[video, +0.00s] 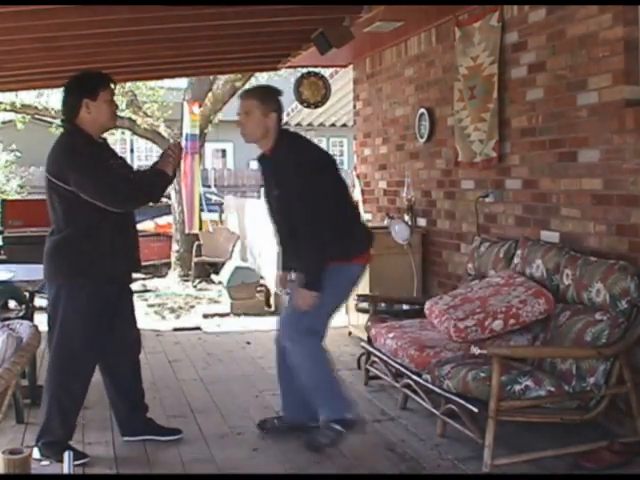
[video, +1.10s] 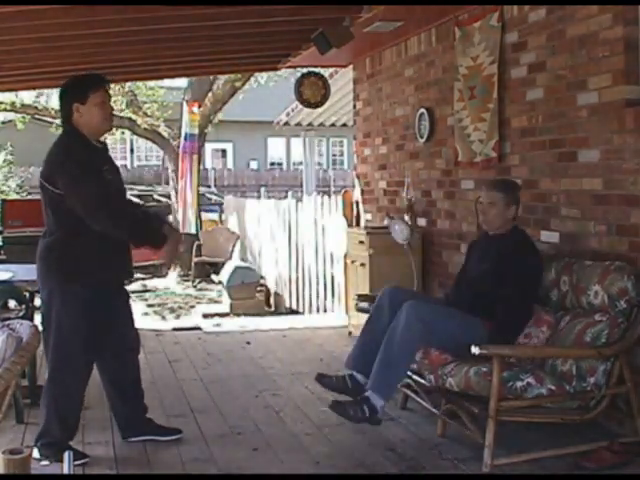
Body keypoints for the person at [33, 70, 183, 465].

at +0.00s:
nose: (117, 107)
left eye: (115, 99)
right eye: (110, 100)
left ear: (91, 106)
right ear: (86, 106)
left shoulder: (98, 148)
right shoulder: (70, 151)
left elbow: (135, 189)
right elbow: (120, 196)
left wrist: (163, 169)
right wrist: (161, 171)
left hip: (108, 273)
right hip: (77, 275)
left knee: (122, 351)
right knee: (70, 361)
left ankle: (134, 423)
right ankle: (51, 444)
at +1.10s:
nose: (112, 110)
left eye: (110, 102)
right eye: (103, 103)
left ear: (86, 110)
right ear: (76, 110)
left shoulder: (97, 153)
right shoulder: (67, 156)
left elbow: (118, 207)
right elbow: (102, 215)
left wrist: (160, 223)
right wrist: (159, 232)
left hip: (103, 274)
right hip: (70, 277)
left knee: (120, 351)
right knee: (69, 361)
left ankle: (134, 424)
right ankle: (51, 444)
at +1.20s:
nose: (108, 110)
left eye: (106, 102)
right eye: (100, 103)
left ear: (81, 110)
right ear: (73, 110)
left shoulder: (94, 154)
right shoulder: (62, 158)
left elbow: (116, 212)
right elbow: (93, 222)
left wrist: (153, 241)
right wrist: (141, 257)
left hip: (102, 273)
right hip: (69, 277)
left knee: (121, 350)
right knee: (69, 362)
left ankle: (134, 424)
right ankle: (52, 444)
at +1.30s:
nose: (106, 110)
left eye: (104, 102)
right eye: (98, 103)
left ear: (78, 111)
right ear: (72, 110)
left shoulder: (92, 154)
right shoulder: (60, 157)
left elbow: (109, 211)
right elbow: (81, 223)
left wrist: (137, 242)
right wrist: (122, 269)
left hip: (100, 271)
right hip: (68, 277)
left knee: (120, 350)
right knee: (71, 363)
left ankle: (134, 423)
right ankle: (52, 445)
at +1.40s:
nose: (104, 113)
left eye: (102, 105)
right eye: (96, 105)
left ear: (76, 111)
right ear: (71, 111)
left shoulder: (90, 155)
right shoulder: (57, 159)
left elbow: (104, 213)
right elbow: (77, 227)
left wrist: (131, 241)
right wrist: (115, 273)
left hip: (100, 273)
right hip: (69, 279)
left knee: (121, 351)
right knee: (72, 365)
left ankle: (134, 423)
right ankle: (52, 445)